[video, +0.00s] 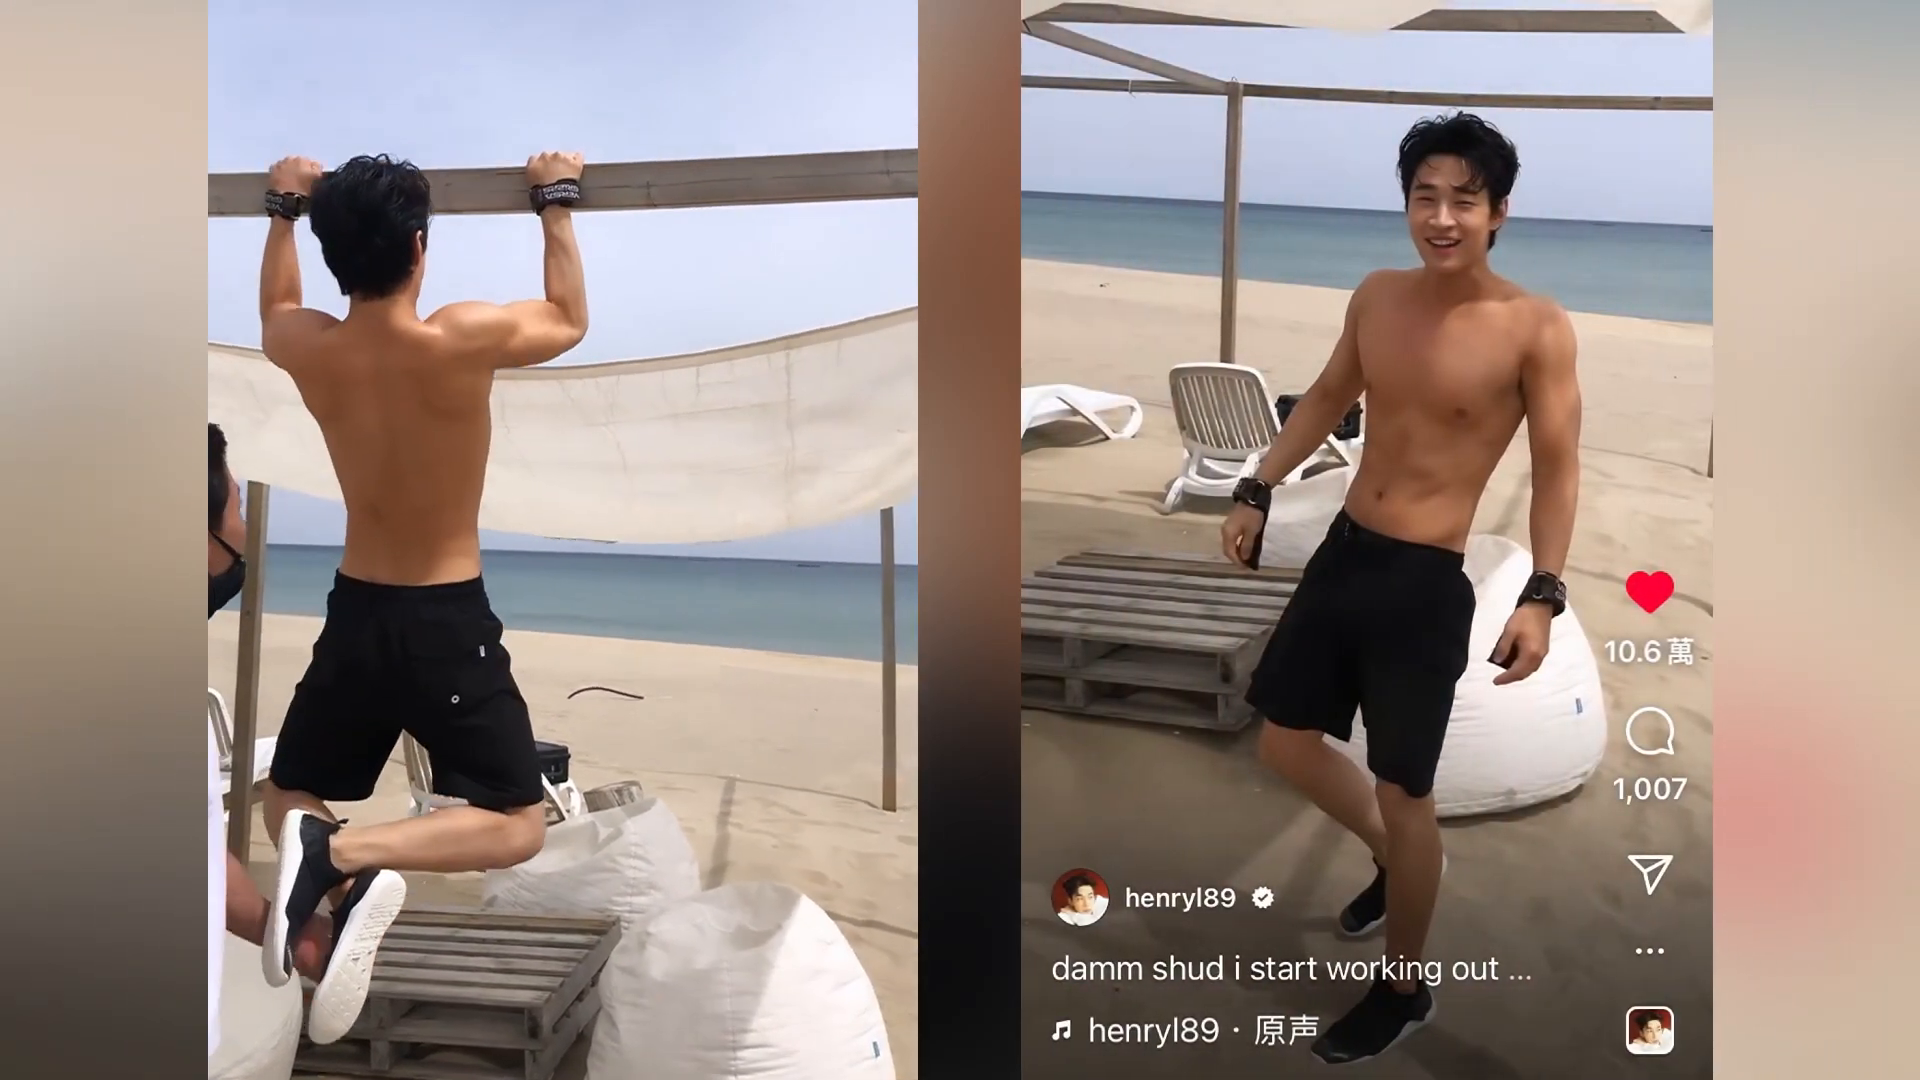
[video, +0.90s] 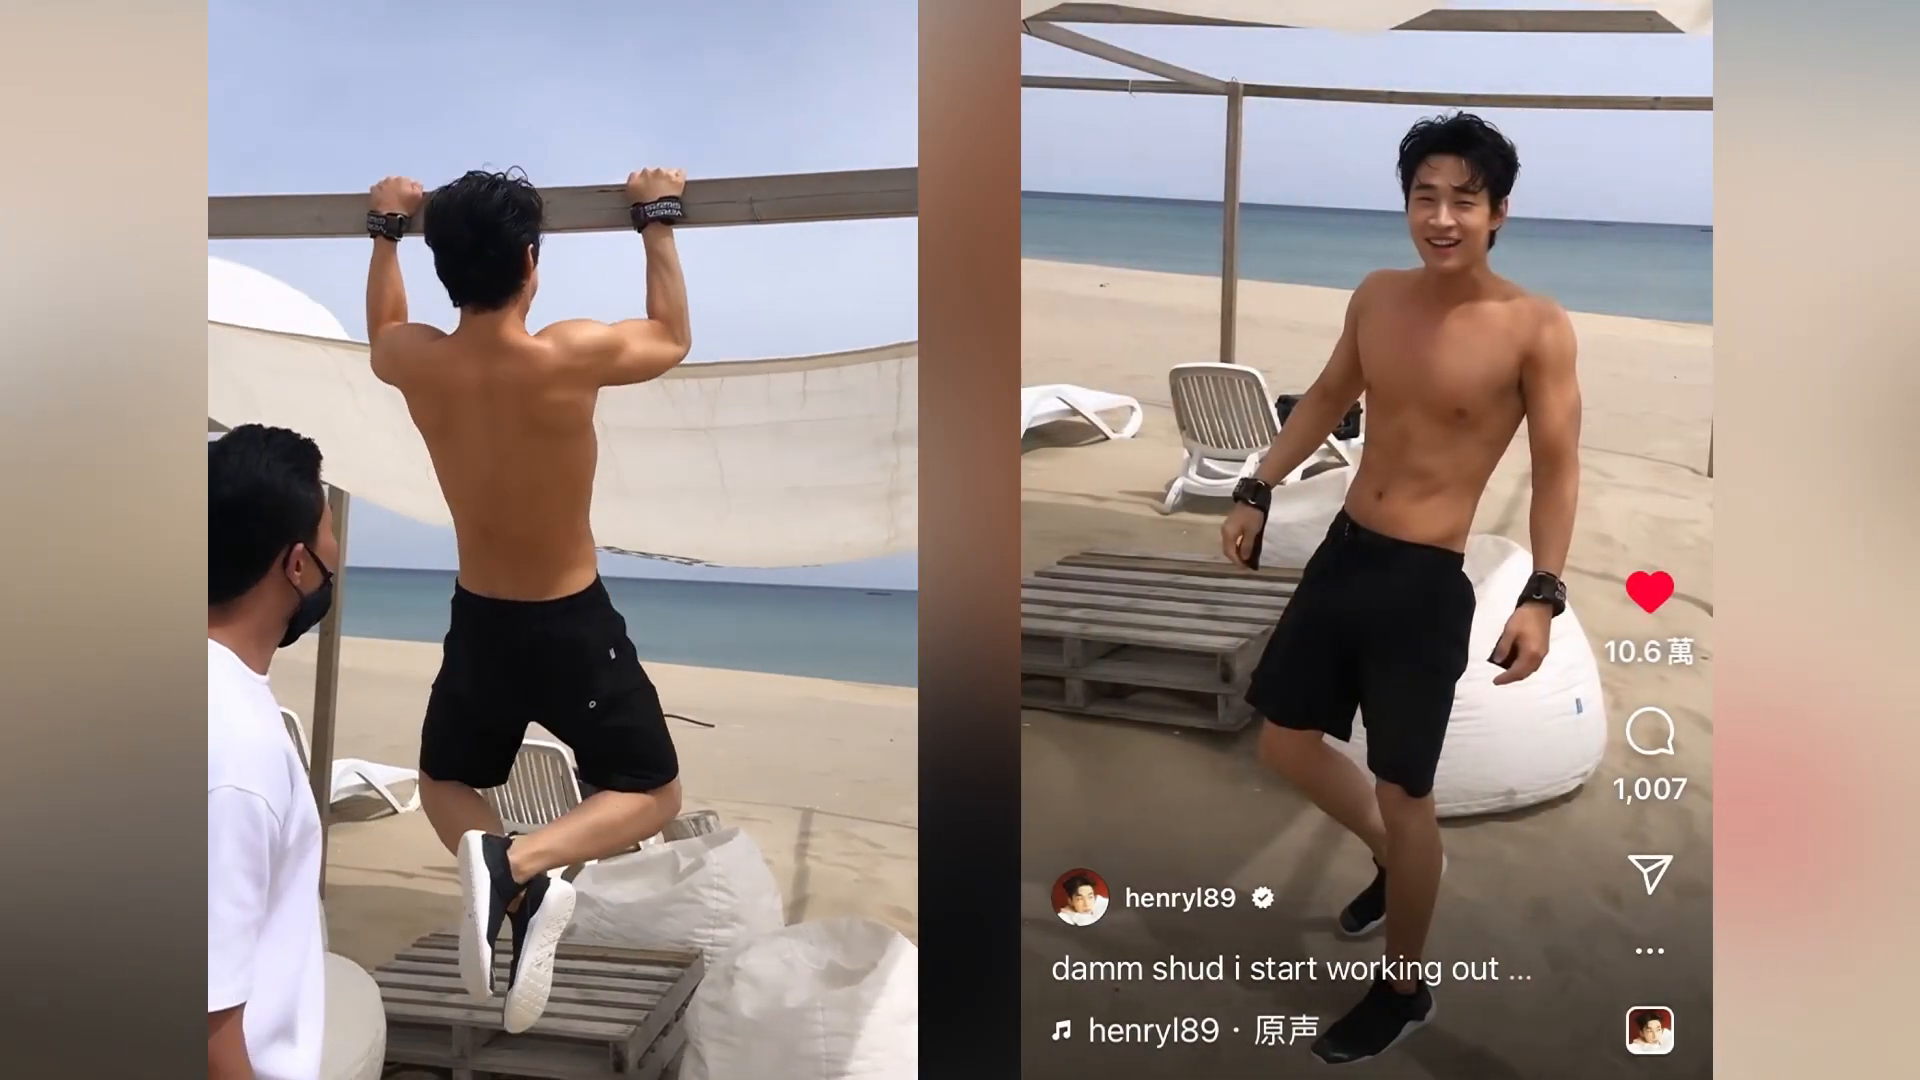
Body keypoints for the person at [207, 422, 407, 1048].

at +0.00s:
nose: (246, 523)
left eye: (237, 501)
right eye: (237, 505)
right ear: (207, 536)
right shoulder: (186, 707)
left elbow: (196, 844)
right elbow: (196, 858)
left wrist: (294, 934)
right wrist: (297, 935)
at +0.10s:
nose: (261, 531)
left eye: (253, 512)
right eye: (252, 515)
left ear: (220, 557)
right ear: (221, 553)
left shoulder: (205, 694)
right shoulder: (197, 700)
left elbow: (190, 871)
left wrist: (254, 967)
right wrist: (254, 968)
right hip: (207, 1051)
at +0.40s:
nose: (313, 544)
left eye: (307, 523)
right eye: (306, 526)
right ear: (276, 565)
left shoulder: (225, 699)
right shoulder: (215, 737)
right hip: (236, 1053)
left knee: (305, 981)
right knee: (308, 985)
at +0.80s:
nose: (335, 558)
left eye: (331, 540)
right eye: (330, 541)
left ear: (208, 546)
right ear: (301, 567)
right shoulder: (230, 764)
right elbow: (213, 1030)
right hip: (270, 1062)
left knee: (345, 985)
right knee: (351, 994)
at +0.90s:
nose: (335, 546)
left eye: (328, 524)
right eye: (328, 528)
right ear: (297, 565)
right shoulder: (228, 768)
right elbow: (215, 1038)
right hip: (265, 1062)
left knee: (352, 985)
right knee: (356, 989)